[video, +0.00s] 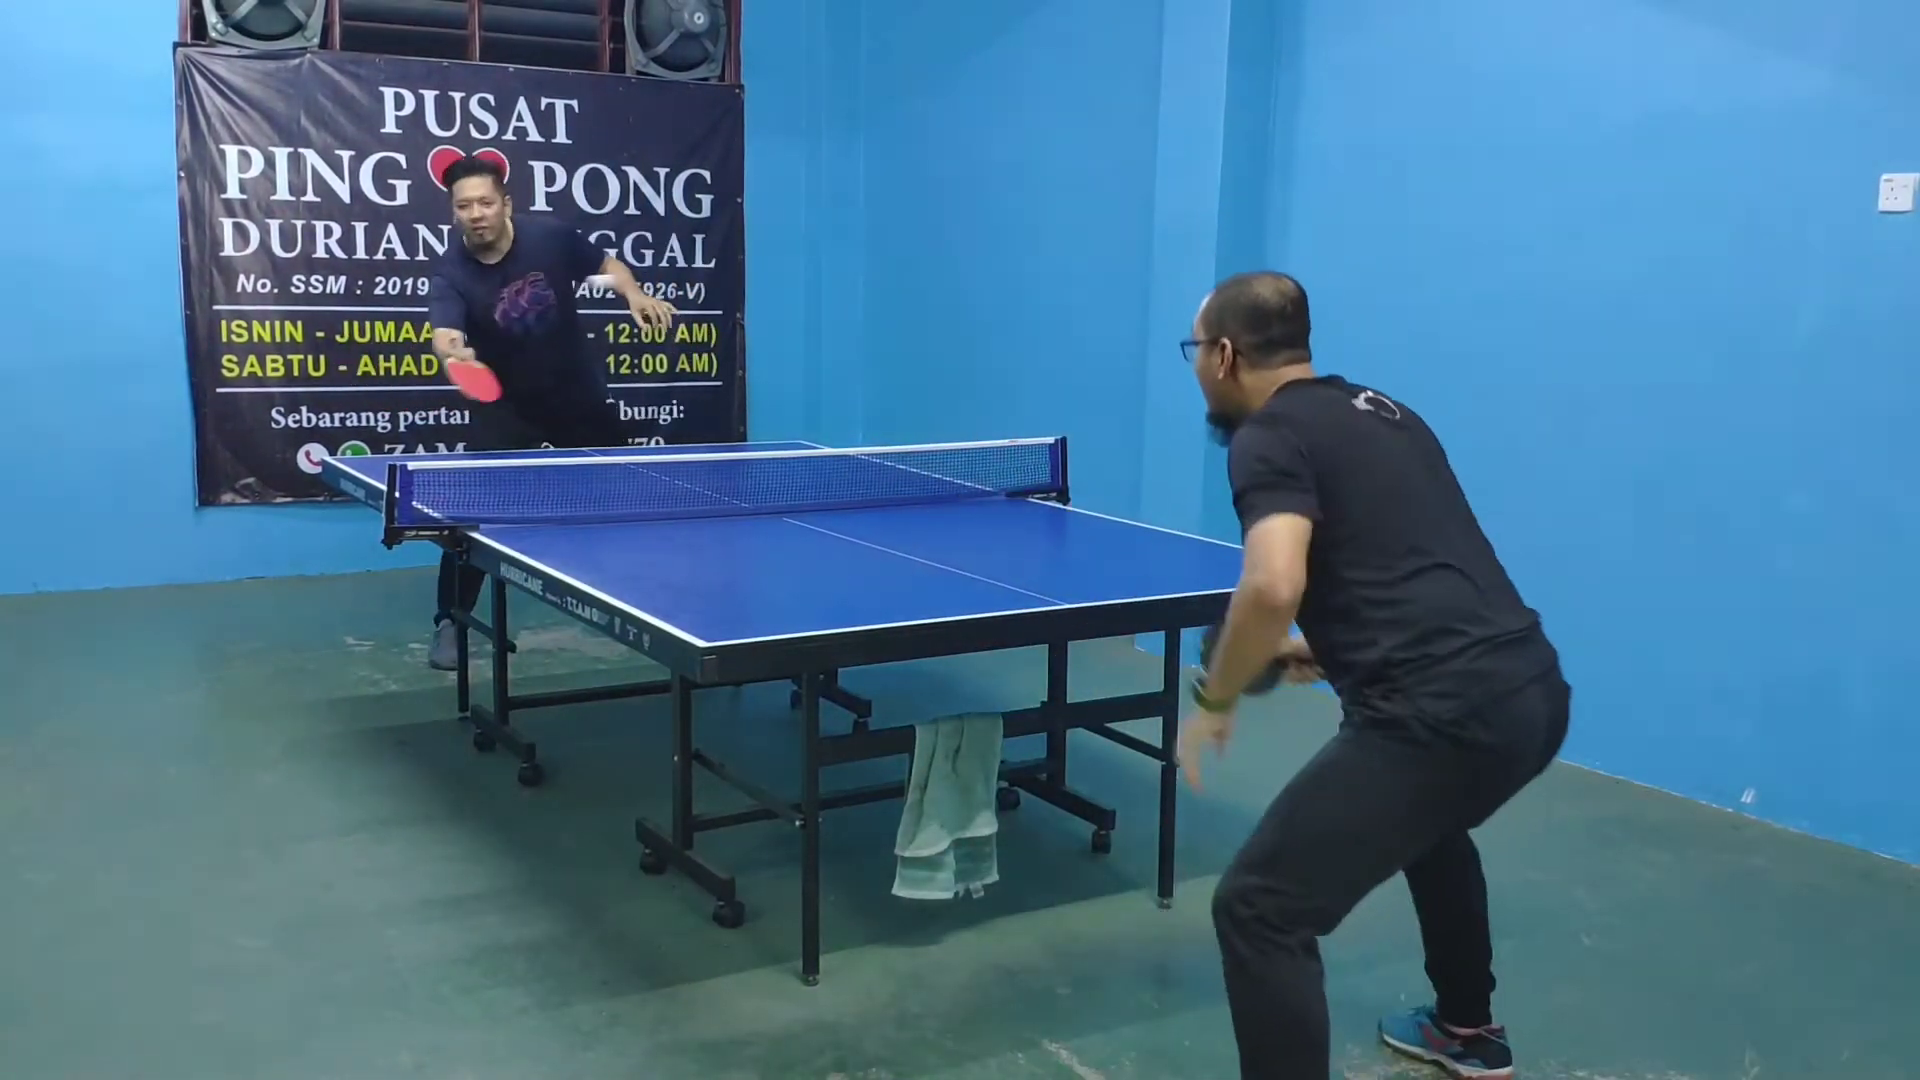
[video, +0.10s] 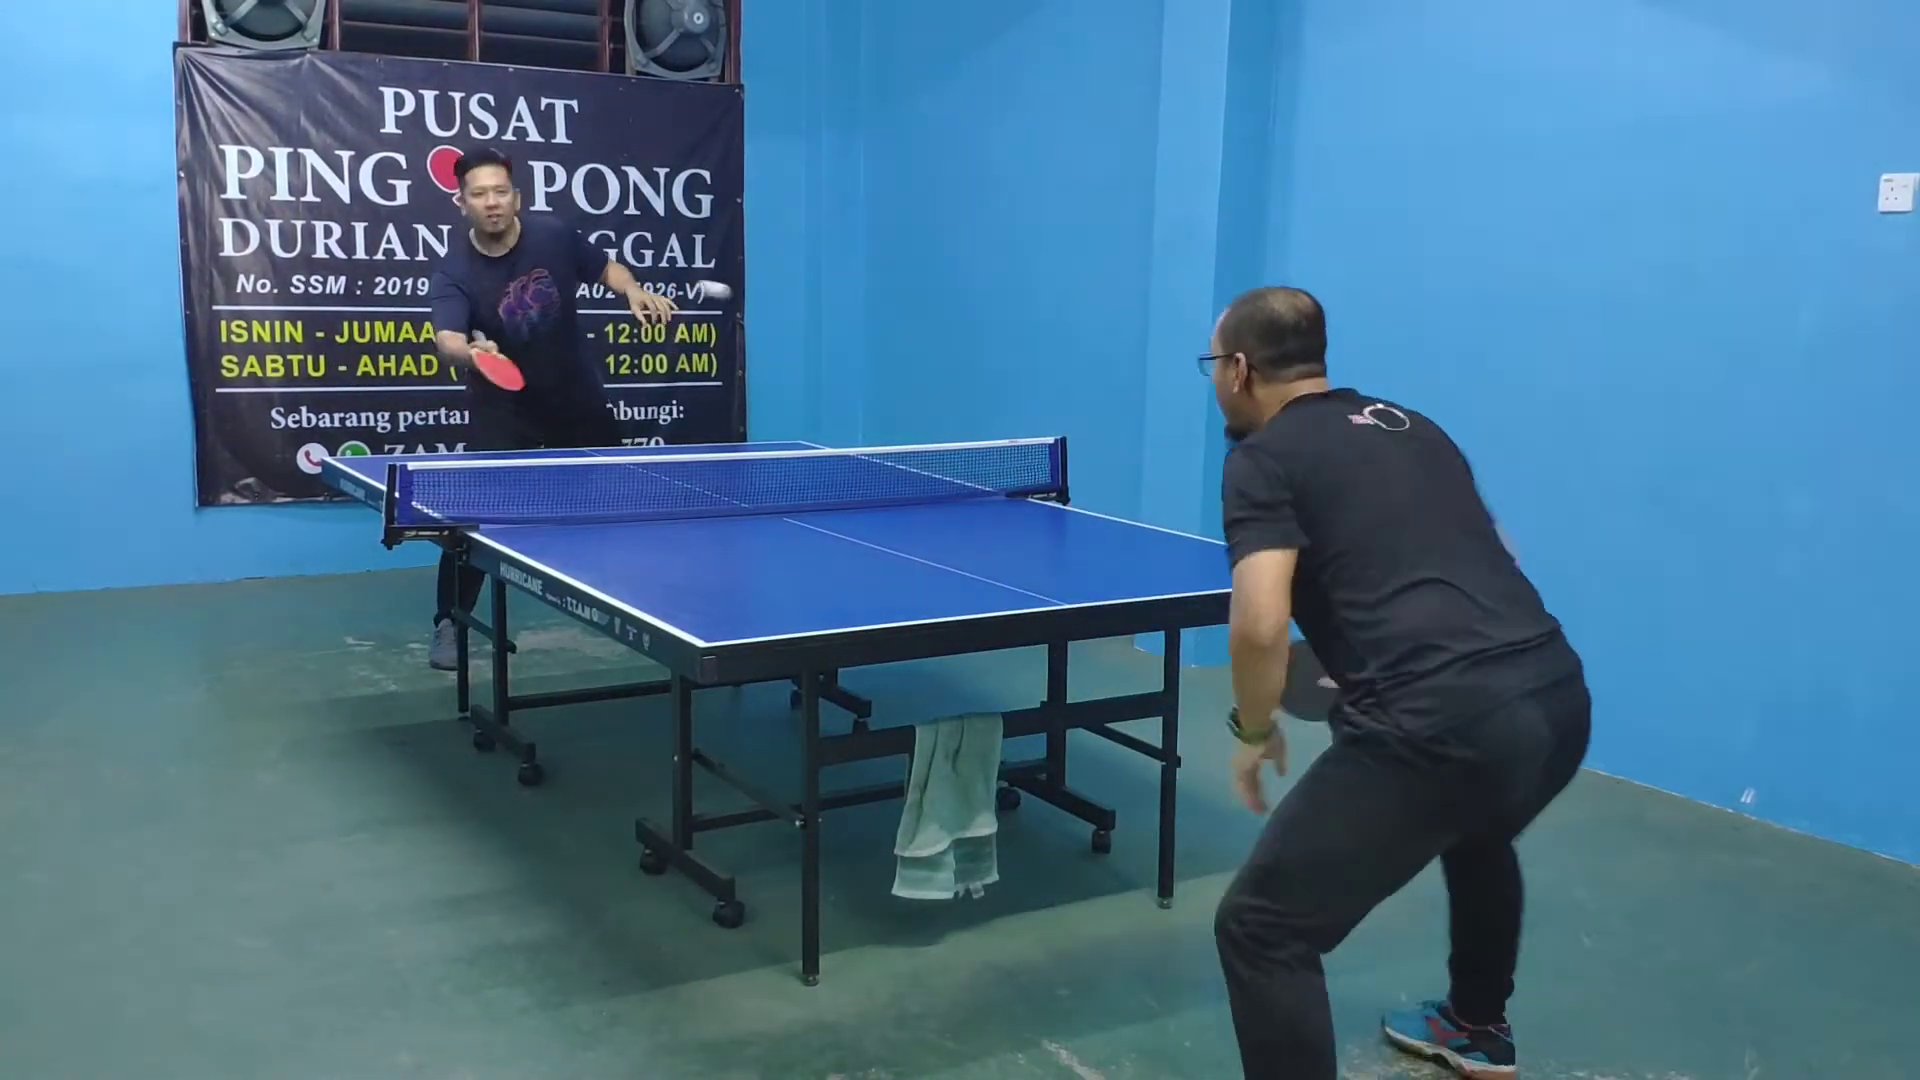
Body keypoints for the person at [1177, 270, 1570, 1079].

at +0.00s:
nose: (1199, 369)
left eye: (1198, 352)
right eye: (1197, 352)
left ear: (1223, 355)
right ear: (1298, 347)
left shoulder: (1272, 434)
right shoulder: (1379, 410)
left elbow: (1272, 589)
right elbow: (1424, 569)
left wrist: (1217, 699)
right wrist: (1323, 647)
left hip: (1433, 721)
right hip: (1530, 701)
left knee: (1258, 911)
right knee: (1424, 816)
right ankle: (1468, 1027)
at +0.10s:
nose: (1214, 380)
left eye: (1215, 365)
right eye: (1212, 365)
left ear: (1240, 370)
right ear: (1316, 362)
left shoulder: (1264, 455)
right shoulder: (1410, 426)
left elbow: (1261, 624)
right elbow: (1484, 551)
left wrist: (1257, 731)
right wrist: (1379, 665)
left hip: (1435, 731)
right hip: (1556, 708)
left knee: (1262, 929)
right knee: (1477, 827)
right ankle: (1478, 1023)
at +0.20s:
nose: (1262, 364)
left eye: (1266, 350)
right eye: (1262, 350)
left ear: (1293, 354)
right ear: (1366, 349)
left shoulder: (1276, 451)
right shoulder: (1467, 420)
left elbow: (1251, 626)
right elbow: (1576, 581)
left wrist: (1303, 707)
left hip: (1417, 727)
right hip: (1556, 710)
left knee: (1251, 931)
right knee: (1493, 831)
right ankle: (1523, 1048)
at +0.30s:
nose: (1335, 371)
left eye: (1337, 355)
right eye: (1335, 356)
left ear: (1363, 354)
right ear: (1440, 356)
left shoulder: (1315, 460)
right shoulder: (1542, 448)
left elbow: (1273, 636)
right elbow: (1652, 608)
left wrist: (1379, 661)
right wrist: (1610, 714)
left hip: (1385, 748)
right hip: (1532, 749)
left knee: (1203, 904)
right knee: (1515, 883)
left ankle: (1234, 1070)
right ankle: (1561, 1067)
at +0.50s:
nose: (1408, 397)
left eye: (1410, 383)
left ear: (1421, 382)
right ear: (1526, 404)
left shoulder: (1361, 475)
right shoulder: (1551, 476)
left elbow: (1387, 583)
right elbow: (1579, 592)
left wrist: (1515, 615)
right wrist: (1635, 779)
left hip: (1311, 790)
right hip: (1469, 803)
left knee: (1161, 956)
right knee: (1531, 899)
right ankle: (1546, 1067)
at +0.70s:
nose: (1472, 336)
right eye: (1471, 325)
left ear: (1354, 339)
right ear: (1469, 340)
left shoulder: (1268, 441)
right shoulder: (1460, 458)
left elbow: (1126, 552)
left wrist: (1149, 651)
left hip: (1244, 786)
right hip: (1403, 792)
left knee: (1124, 976)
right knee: (1498, 932)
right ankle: (1545, 1069)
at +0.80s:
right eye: (1314, 275)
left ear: (1209, 292)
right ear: (1318, 287)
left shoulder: (1144, 411)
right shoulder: (1399, 412)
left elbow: (1052, 610)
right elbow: (1495, 569)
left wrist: (1095, 596)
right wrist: (1582, 617)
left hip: (1256, 767)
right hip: (1409, 750)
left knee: (1062, 882)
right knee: (1458, 934)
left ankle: (1062, 1070)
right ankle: (1541, 1072)